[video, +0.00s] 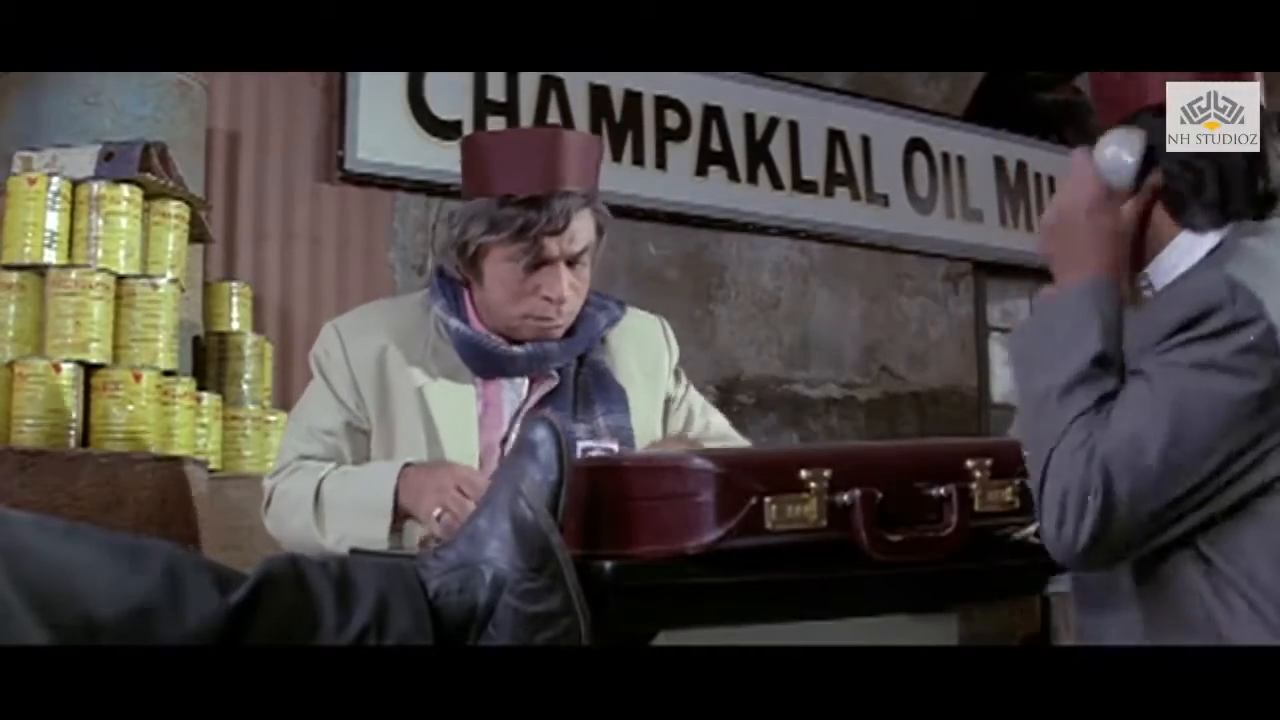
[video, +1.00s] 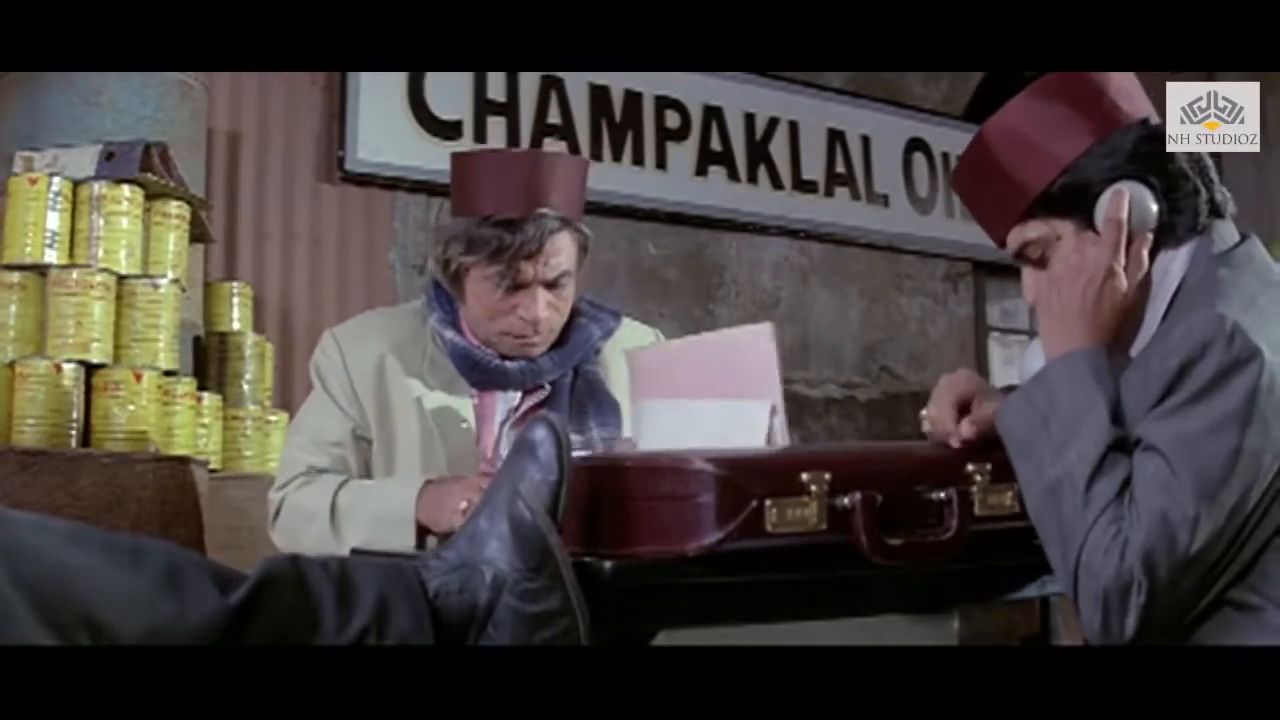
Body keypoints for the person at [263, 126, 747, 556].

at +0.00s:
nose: (559, 290)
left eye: (577, 261)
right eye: (531, 264)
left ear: (594, 251)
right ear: (467, 254)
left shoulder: (640, 347)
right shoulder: (361, 350)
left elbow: (733, 466)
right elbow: (289, 500)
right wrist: (399, 487)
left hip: (600, 622)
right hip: (422, 628)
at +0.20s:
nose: (547, 297)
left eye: (564, 269)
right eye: (521, 271)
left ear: (584, 264)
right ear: (461, 262)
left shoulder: (633, 357)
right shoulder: (360, 353)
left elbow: (697, 486)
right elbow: (289, 503)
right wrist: (403, 487)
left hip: (587, 621)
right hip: (412, 625)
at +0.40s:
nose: (537, 303)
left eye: (558, 276)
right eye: (511, 276)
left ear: (580, 268)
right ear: (457, 263)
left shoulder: (632, 356)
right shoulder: (360, 356)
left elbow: (697, 487)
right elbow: (291, 506)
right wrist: (405, 489)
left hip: (584, 622)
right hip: (410, 626)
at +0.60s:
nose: (530, 306)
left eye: (551, 278)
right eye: (504, 278)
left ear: (574, 267)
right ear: (450, 265)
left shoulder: (630, 355)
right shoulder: (359, 356)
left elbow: (696, 487)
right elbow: (294, 510)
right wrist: (406, 483)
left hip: (588, 622)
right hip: (416, 627)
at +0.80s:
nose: (526, 310)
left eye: (548, 282)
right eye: (500, 283)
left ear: (571, 270)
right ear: (447, 269)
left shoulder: (626, 354)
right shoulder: (357, 358)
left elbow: (690, 473)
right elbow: (293, 509)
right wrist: (416, 487)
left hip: (584, 620)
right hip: (410, 625)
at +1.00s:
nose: (535, 313)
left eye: (556, 284)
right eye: (509, 284)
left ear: (579, 274)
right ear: (457, 271)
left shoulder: (635, 358)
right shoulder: (360, 358)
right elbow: (295, 508)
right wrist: (419, 504)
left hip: (576, 625)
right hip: (411, 629)